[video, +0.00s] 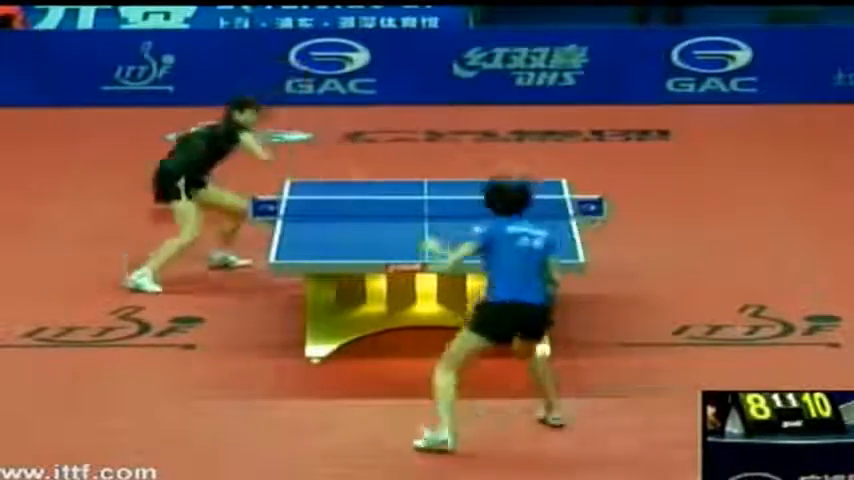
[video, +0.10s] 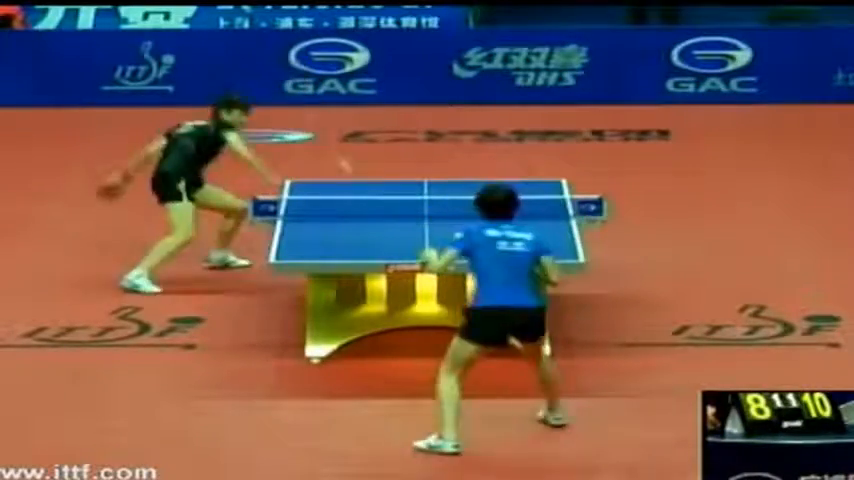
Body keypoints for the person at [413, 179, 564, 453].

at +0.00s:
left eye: (491, 202)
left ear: (494, 205)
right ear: (524, 204)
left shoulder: (492, 231)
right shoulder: (542, 235)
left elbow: (454, 261)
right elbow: (554, 279)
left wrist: (437, 258)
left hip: (498, 307)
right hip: (535, 309)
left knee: (447, 365)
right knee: (535, 352)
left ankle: (445, 431)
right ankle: (552, 411)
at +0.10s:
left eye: (481, 207)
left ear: (481, 210)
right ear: (513, 210)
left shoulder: (473, 234)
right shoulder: (529, 236)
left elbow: (440, 266)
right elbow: (553, 276)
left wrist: (428, 257)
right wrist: (533, 270)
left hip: (488, 311)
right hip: (528, 311)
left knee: (450, 370)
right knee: (542, 357)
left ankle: (448, 437)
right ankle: (555, 411)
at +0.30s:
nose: (475, 203)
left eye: (477, 199)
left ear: (483, 200)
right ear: (517, 200)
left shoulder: (474, 221)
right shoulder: (531, 225)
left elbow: (439, 255)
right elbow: (554, 265)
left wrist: (430, 261)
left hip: (478, 300)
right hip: (523, 302)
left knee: (445, 366)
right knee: (551, 363)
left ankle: (433, 435)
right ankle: (584, 428)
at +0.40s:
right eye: (527, 209)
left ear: (491, 216)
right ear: (525, 217)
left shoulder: (478, 244)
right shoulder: (540, 248)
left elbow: (450, 277)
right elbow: (559, 285)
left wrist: (452, 310)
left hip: (479, 323)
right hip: (524, 325)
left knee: (436, 384)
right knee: (563, 385)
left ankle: (404, 449)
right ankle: (595, 450)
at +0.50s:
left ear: (499, 231)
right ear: (535, 234)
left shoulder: (477, 256)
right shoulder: (538, 262)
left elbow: (446, 293)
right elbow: (564, 293)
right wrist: (559, 266)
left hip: (469, 342)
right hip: (515, 345)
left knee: (427, 393)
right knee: (567, 391)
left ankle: (403, 459)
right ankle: (599, 460)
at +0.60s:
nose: (539, 262)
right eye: (538, 257)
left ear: (507, 247)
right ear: (532, 258)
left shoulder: (481, 262)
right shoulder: (523, 282)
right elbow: (562, 296)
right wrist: (563, 266)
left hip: (424, 333)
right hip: (463, 342)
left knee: (388, 391)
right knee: (527, 394)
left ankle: (357, 448)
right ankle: (554, 457)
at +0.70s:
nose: (539, 276)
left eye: (537, 271)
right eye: (537, 272)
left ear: (504, 266)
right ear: (529, 275)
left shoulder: (477, 278)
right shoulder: (510, 301)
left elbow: (444, 292)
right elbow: (545, 321)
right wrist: (551, 292)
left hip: (401, 341)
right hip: (436, 352)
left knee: (372, 406)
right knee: (508, 400)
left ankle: (314, 451)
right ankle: (506, 469)